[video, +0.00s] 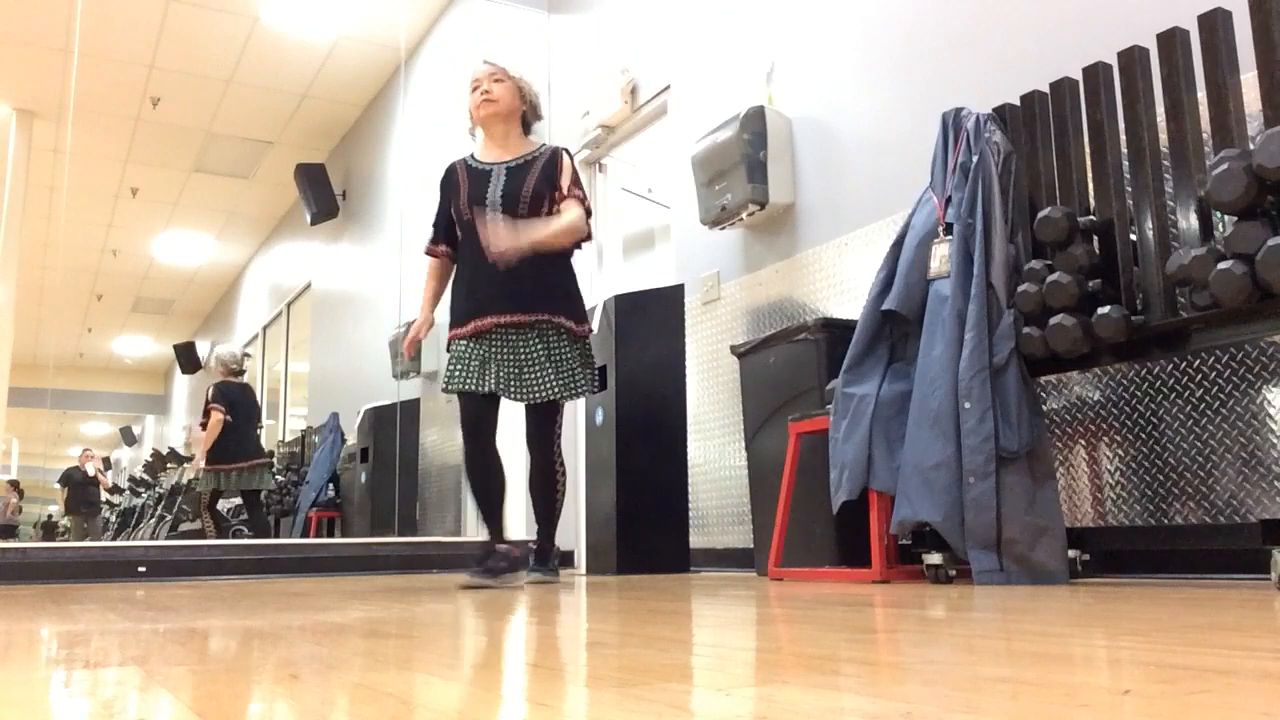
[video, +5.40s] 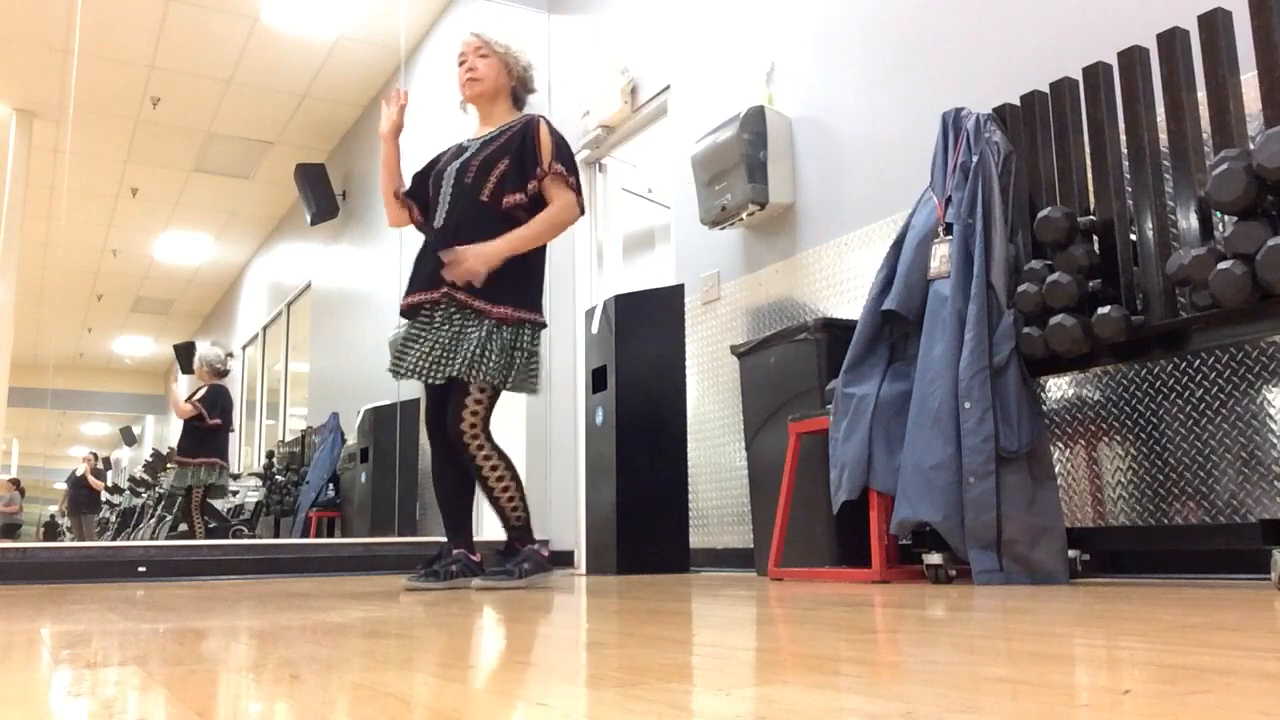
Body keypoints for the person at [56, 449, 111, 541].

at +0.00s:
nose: (89, 459)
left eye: (92, 457)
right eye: (86, 456)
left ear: (94, 459)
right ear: (80, 458)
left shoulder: (97, 471)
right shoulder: (71, 471)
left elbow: (107, 485)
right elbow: (61, 488)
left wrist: (96, 471)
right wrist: (61, 506)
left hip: (94, 511)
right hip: (76, 512)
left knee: (96, 540)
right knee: (77, 541)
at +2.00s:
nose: (85, 461)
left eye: (87, 458)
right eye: (82, 458)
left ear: (90, 460)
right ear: (76, 459)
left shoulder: (94, 471)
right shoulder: (67, 472)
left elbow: (103, 484)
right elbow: (58, 489)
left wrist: (92, 474)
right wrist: (56, 507)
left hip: (91, 511)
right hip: (73, 512)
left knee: (95, 538)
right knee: (75, 540)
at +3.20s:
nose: (96, 460)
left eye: (99, 458)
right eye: (94, 457)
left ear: (103, 460)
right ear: (89, 458)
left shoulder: (107, 473)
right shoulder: (80, 471)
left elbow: (114, 486)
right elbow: (69, 487)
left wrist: (102, 473)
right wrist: (67, 504)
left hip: (99, 512)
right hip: (81, 511)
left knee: (97, 540)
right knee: (78, 539)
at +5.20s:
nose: (86, 463)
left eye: (90, 460)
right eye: (84, 460)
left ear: (95, 462)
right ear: (82, 461)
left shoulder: (100, 472)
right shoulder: (75, 472)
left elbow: (101, 487)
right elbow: (67, 490)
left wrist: (89, 475)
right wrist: (60, 504)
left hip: (90, 509)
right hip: (74, 510)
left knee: (91, 538)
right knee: (79, 538)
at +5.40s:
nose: (86, 463)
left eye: (89, 460)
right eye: (84, 460)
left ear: (95, 462)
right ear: (81, 461)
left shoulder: (99, 472)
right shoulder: (76, 472)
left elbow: (100, 487)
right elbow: (67, 490)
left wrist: (88, 475)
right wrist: (60, 505)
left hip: (89, 508)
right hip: (74, 508)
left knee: (89, 537)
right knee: (78, 537)